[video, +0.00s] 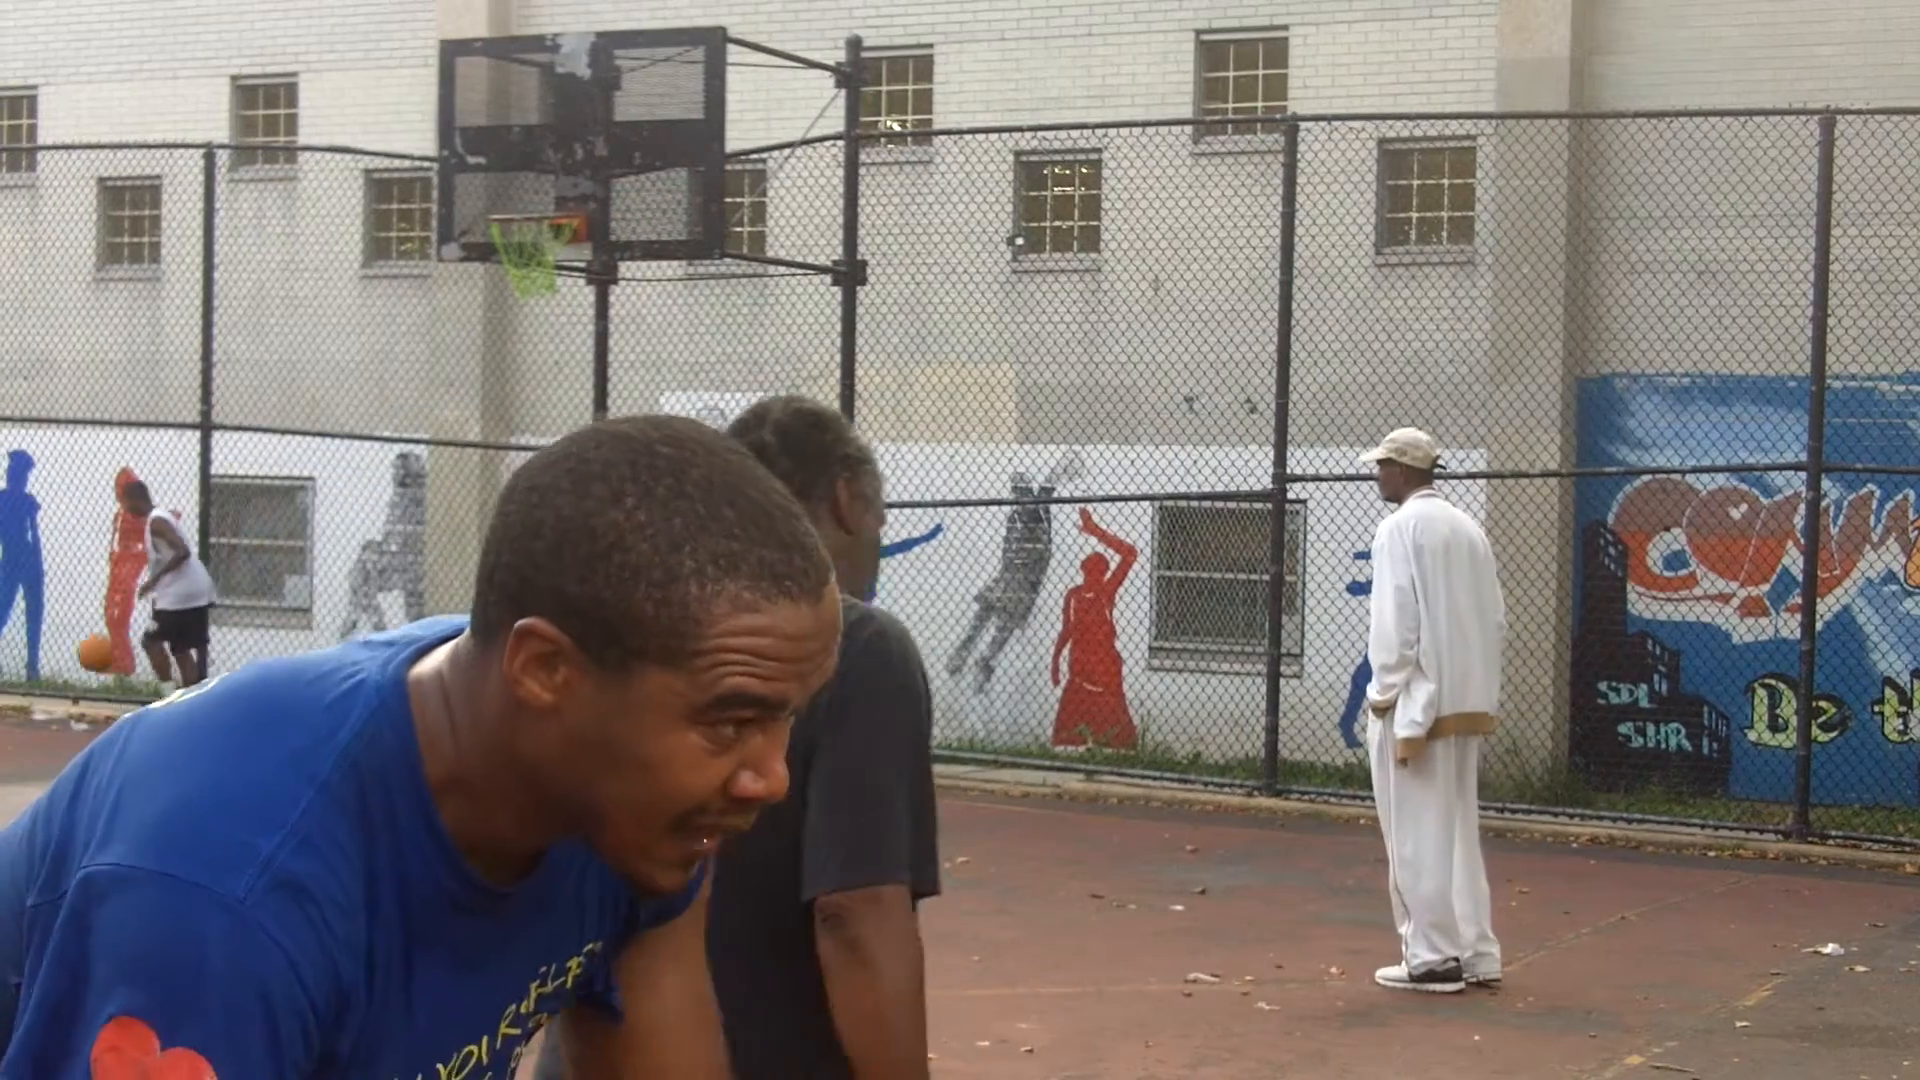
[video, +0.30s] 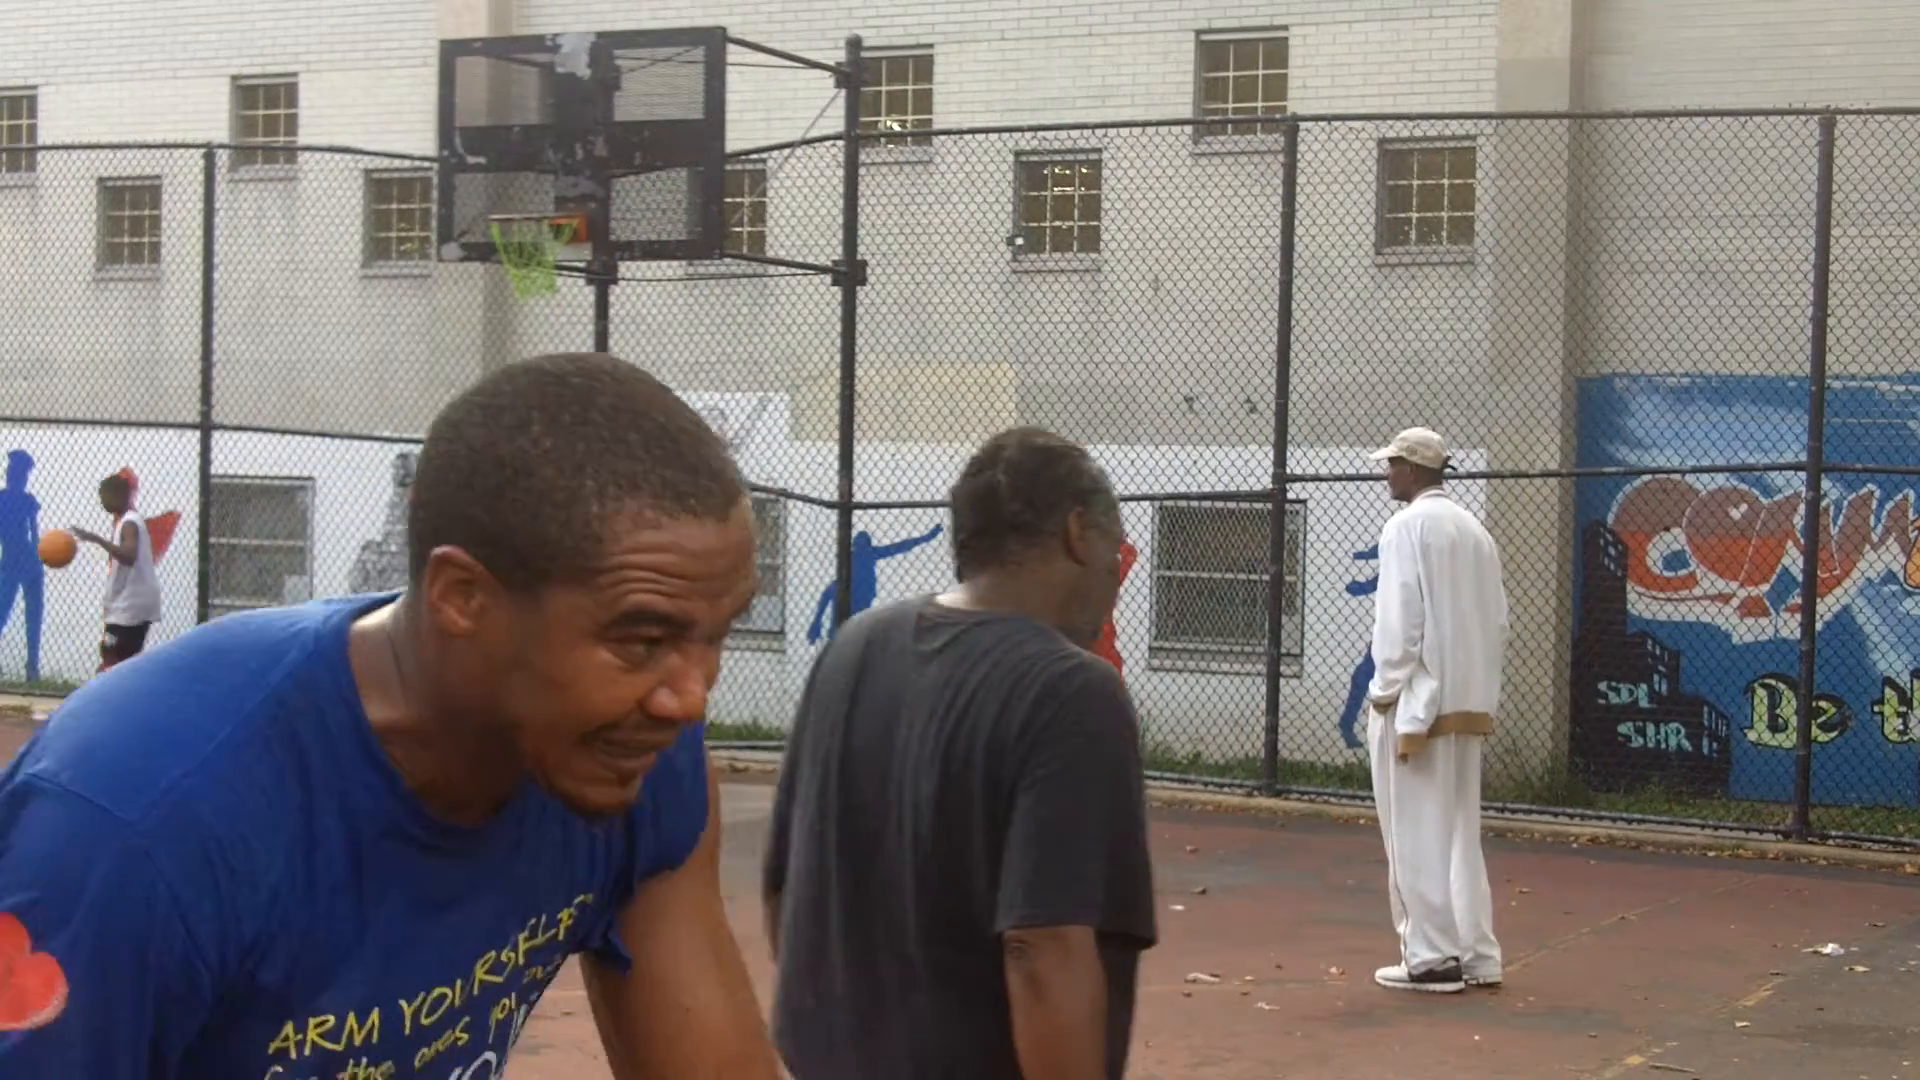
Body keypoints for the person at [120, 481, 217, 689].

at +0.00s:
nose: (125, 509)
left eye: (126, 503)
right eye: (123, 503)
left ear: (136, 500)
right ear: (145, 497)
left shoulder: (156, 521)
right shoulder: (163, 516)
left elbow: (182, 551)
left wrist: (152, 581)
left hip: (181, 591)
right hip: (197, 589)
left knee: (151, 640)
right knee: (181, 648)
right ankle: (193, 695)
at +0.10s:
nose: (117, 508)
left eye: (118, 502)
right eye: (116, 502)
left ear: (128, 499)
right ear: (135, 497)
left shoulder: (146, 522)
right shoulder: (149, 520)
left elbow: (172, 552)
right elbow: (166, 555)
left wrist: (138, 569)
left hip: (168, 597)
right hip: (184, 595)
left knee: (138, 643)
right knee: (171, 648)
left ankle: (135, 702)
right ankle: (194, 697)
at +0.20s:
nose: (109, 505)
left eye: (112, 499)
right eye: (108, 500)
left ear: (126, 498)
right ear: (124, 500)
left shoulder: (137, 524)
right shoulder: (126, 525)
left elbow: (153, 558)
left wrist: (112, 555)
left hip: (151, 599)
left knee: (121, 643)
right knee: (146, 651)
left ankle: (125, 699)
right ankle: (180, 690)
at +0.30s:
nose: (101, 501)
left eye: (105, 495)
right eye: (101, 495)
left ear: (119, 495)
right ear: (121, 496)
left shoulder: (129, 521)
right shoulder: (124, 521)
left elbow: (128, 556)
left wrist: (95, 538)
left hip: (131, 602)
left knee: (112, 657)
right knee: (126, 658)